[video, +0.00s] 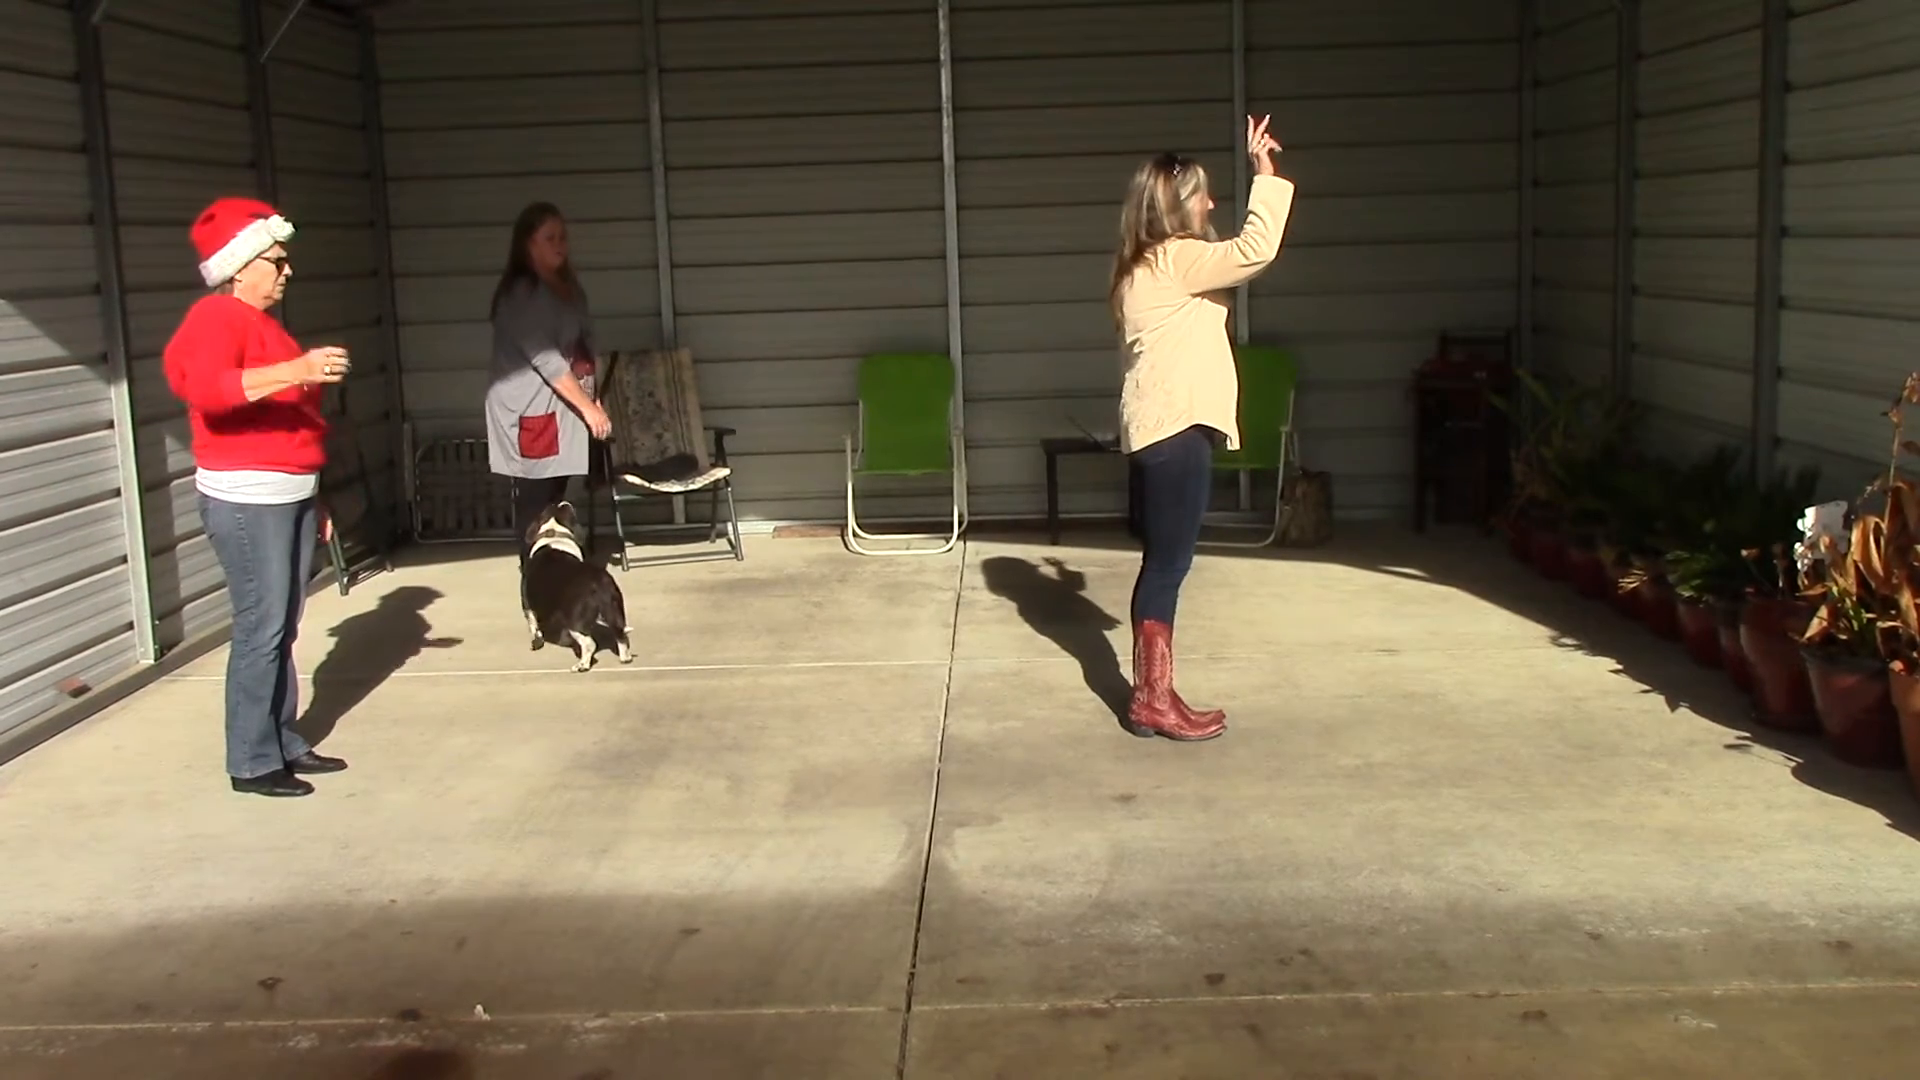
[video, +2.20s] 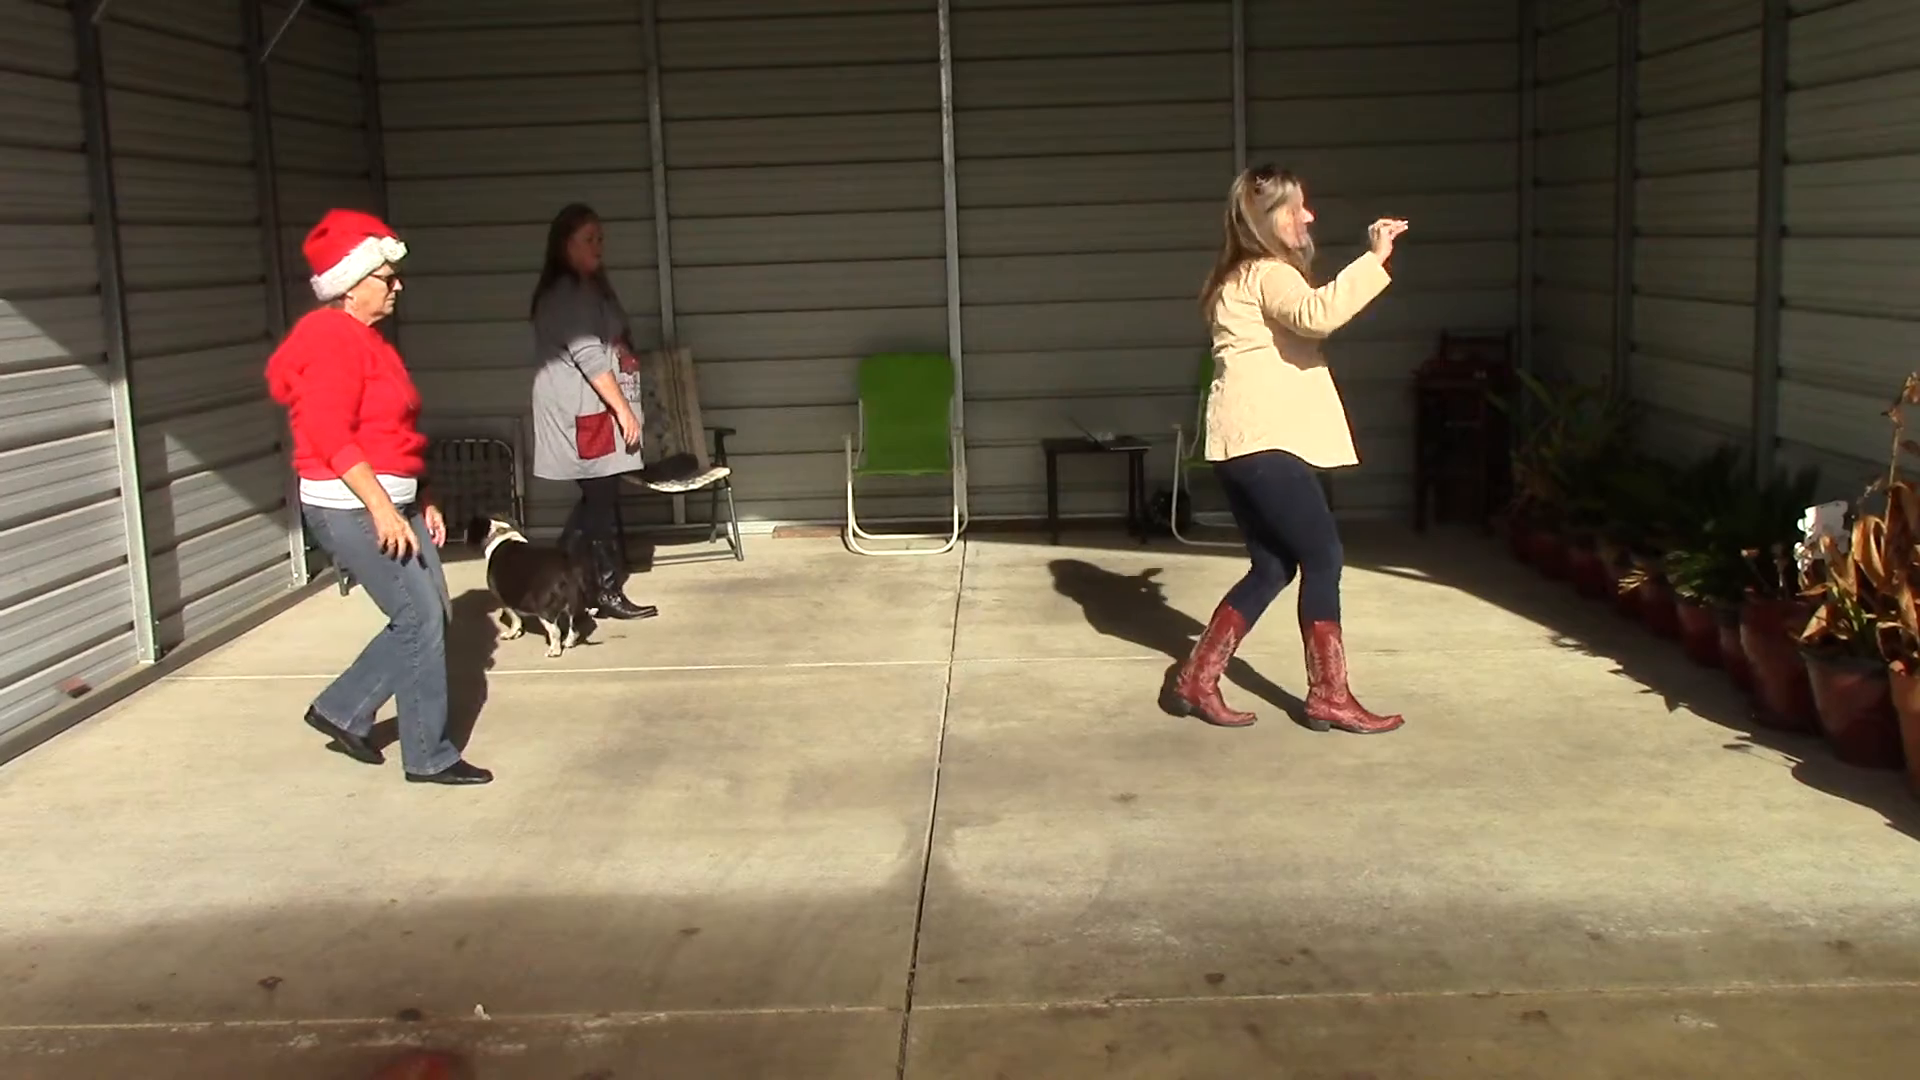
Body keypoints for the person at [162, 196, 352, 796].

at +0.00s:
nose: (287, 273)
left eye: (286, 263)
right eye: (278, 263)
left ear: (249, 268)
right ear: (243, 266)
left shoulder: (266, 326)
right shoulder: (212, 317)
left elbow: (291, 422)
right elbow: (207, 389)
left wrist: (314, 500)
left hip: (290, 492)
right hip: (246, 496)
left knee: (281, 628)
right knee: (260, 629)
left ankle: (281, 743)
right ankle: (250, 762)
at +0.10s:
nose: (289, 273)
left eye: (288, 263)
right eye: (280, 263)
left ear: (251, 269)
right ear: (245, 267)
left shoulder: (259, 322)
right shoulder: (221, 320)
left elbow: (265, 411)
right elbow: (204, 410)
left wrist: (297, 482)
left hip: (281, 493)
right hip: (243, 497)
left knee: (281, 626)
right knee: (260, 628)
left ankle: (282, 743)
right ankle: (251, 762)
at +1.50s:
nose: (322, 283)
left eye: (321, 273)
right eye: (312, 273)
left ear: (282, 279)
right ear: (275, 278)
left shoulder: (295, 334)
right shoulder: (247, 334)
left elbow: (310, 425)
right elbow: (240, 434)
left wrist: (342, 494)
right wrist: (284, 509)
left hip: (308, 499)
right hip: (269, 501)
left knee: (294, 624)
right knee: (326, 617)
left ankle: (279, 742)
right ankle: (276, 745)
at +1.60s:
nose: (332, 281)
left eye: (331, 271)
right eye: (322, 272)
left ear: (296, 278)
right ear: (284, 278)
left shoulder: (310, 334)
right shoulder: (256, 333)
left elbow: (329, 419)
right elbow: (247, 433)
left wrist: (370, 472)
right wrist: (287, 507)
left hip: (315, 496)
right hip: (281, 498)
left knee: (296, 625)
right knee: (356, 605)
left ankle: (276, 747)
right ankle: (324, 740)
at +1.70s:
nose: (346, 280)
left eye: (344, 270)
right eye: (335, 271)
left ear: (316, 279)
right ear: (298, 279)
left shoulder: (326, 335)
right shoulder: (270, 332)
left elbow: (350, 421)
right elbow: (259, 431)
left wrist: (399, 468)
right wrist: (294, 512)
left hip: (327, 496)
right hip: (294, 498)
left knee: (302, 629)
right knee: (377, 604)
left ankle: (275, 749)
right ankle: (382, 749)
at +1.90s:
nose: (378, 285)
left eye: (377, 275)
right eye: (367, 276)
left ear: (347, 284)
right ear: (331, 284)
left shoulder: (353, 340)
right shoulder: (307, 339)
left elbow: (376, 429)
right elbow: (297, 435)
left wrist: (420, 480)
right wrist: (329, 517)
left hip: (368, 501)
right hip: (340, 505)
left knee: (365, 627)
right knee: (408, 615)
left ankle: (290, 732)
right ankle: (424, 755)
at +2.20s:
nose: (398, 287)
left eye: (395, 277)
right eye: (387, 278)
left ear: (362, 285)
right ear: (350, 286)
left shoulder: (368, 338)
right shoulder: (328, 338)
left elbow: (387, 428)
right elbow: (329, 437)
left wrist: (419, 500)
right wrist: (380, 508)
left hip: (387, 500)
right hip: (346, 505)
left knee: (430, 611)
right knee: (421, 615)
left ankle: (342, 710)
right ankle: (428, 756)